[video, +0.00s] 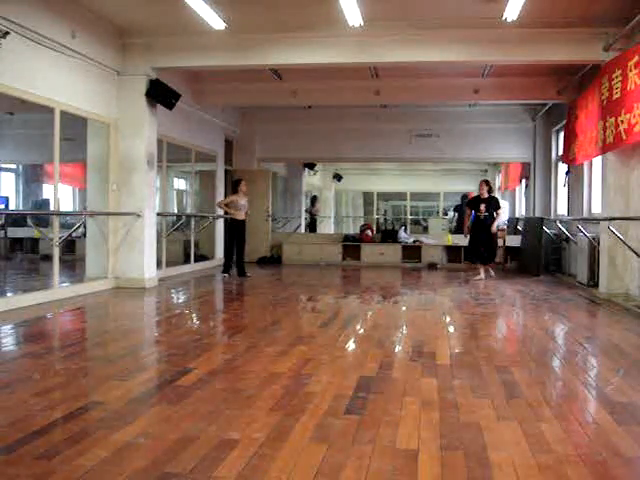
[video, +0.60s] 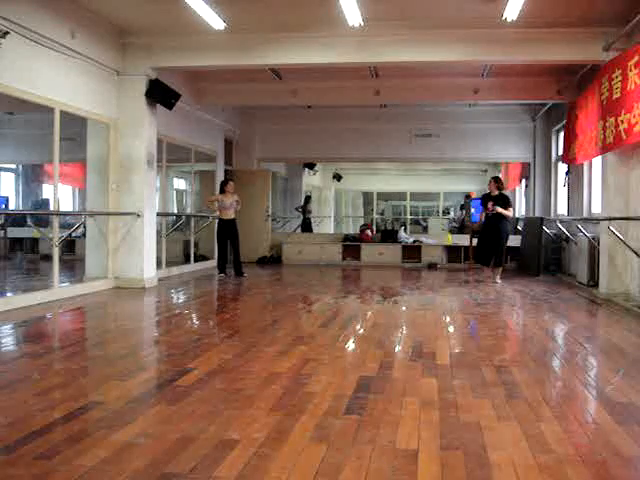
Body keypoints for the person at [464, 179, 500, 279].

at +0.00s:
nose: (481, 188)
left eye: (483, 186)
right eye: (480, 186)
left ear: (488, 187)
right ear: (479, 187)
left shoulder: (493, 200)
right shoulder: (474, 200)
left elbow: (499, 214)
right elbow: (468, 214)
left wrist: (494, 224)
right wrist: (466, 226)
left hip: (488, 226)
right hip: (477, 226)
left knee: (489, 248)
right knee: (477, 249)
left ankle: (489, 267)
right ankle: (481, 273)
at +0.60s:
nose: (489, 185)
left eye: (491, 183)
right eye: (489, 183)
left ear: (497, 184)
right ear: (491, 185)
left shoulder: (504, 198)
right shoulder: (485, 197)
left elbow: (510, 213)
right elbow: (483, 212)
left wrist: (500, 210)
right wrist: (480, 223)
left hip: (501, 227)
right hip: (488, 226)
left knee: (499, 250)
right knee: (485, 248)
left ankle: (497, 275)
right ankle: (487, 273)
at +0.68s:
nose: (489, 184)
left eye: (491, 182)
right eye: (489, 182)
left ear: (497, 183)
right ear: (491, 183)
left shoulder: (504, 196)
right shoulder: (486, 196)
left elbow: (509, 211)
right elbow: (485, 209)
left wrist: (497, 207)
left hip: (501, 225)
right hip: (488, 224)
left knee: (500, 248)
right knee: (484, 246)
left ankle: (498, 274)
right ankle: (490, 271)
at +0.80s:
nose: (490, 183)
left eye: (492, 181)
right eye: (490, 181)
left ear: (498, 183)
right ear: (492, 183)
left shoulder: (504, 195)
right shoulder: (487, 195)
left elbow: (509, 211)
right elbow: (481, 206)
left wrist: (494, 208)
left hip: (500, 225)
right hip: (488, 224)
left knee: (498, 248)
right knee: (489, 247)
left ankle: (497, 273)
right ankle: (495, 274)